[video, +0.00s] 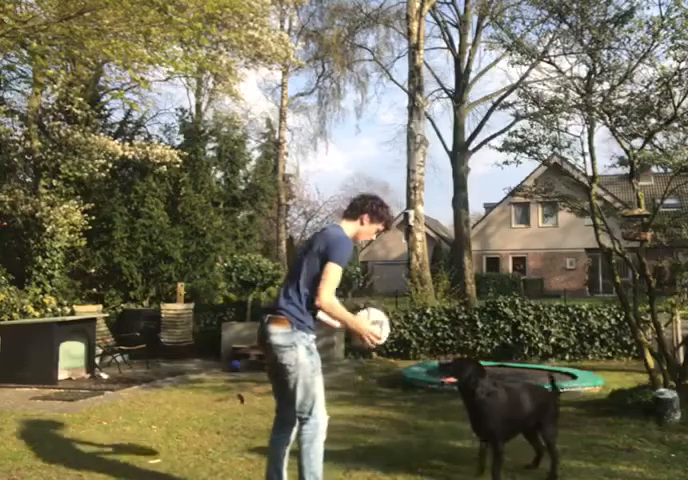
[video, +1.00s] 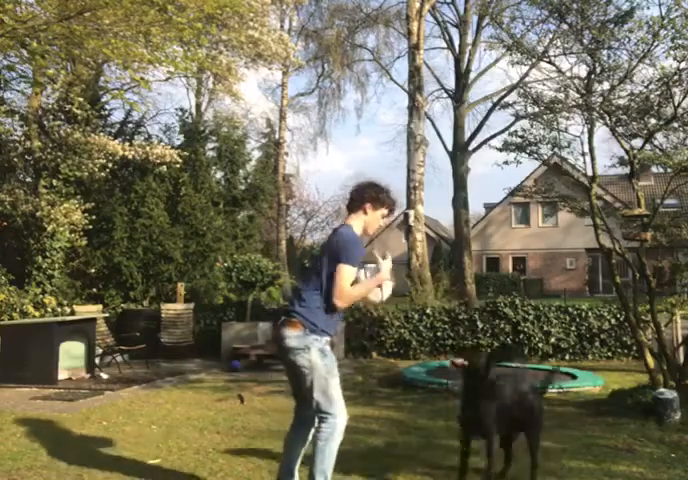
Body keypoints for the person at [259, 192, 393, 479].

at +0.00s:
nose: (372, 238)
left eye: (377, 233)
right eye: (376, 231)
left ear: (359, 217)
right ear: (365, 218)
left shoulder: (321, 236)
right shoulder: (340, 241)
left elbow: (311, 306)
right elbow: (324, 299)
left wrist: (350, 326)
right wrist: (358, 326)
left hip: (273, 328)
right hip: (292, 333)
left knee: (287, 414)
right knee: (314, 417)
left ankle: (275, 475)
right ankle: (312, 475)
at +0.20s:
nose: (378, 240)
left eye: (383, 235)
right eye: (382, 233)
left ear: (364, 220)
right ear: (371, 221)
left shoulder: (327, 239)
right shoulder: (346, 243)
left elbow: (313, 308)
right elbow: (332, 302)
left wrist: (347, 327)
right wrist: (370, 316)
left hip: (274, 329)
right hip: (293, 334)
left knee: (285, 416)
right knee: (313, 419)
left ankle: (274, 475)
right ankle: (311, 475)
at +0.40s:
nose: (384, 244)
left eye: (389, 238)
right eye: (388, 236)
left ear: (366, 223)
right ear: (376, 226)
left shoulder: (334, 243)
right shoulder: (353, 249)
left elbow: (301, 294)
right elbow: (324, 298)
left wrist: (321, 331)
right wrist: (356, 329)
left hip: (277, 327)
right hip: (296, 333)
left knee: (297, 412)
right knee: (323, 415)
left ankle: (281, 474)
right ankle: (317, 475)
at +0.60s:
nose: (390, 253)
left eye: (392, 247)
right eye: (390, 245)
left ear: (364, 237)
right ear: (377, 239)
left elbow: (313, 321)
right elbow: (346, 330)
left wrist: (348, 351)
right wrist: (384, 362)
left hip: (271, 335)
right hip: (293, 341)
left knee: (294, 415)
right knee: (328, 415)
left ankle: (282, 475)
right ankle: (319, 475)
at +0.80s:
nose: (387, 241)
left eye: (390, 235)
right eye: (388, 234)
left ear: (363, 227)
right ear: (375, 228)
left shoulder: (338, 256)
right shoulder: (361, 264)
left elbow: (350, 318)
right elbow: (355, 327)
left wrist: (387, 316)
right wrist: (399, 323)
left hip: (274, 335)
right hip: (295, 341)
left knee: (302, 415)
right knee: (334, 415)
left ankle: (285, 474)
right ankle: (321, 475)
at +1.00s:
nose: (382, 224)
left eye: (385, 218)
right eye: (383, 216)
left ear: (363, 209)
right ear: (367, 208)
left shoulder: (338, 237)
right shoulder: (349, 241)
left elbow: (337, 291)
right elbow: (340, 298)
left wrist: (369, 290)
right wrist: (378, 278)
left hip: (292, 331)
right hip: (307, 336)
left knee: (306, 412)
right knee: (334, 416)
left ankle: (286, 474)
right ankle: (321, 475)